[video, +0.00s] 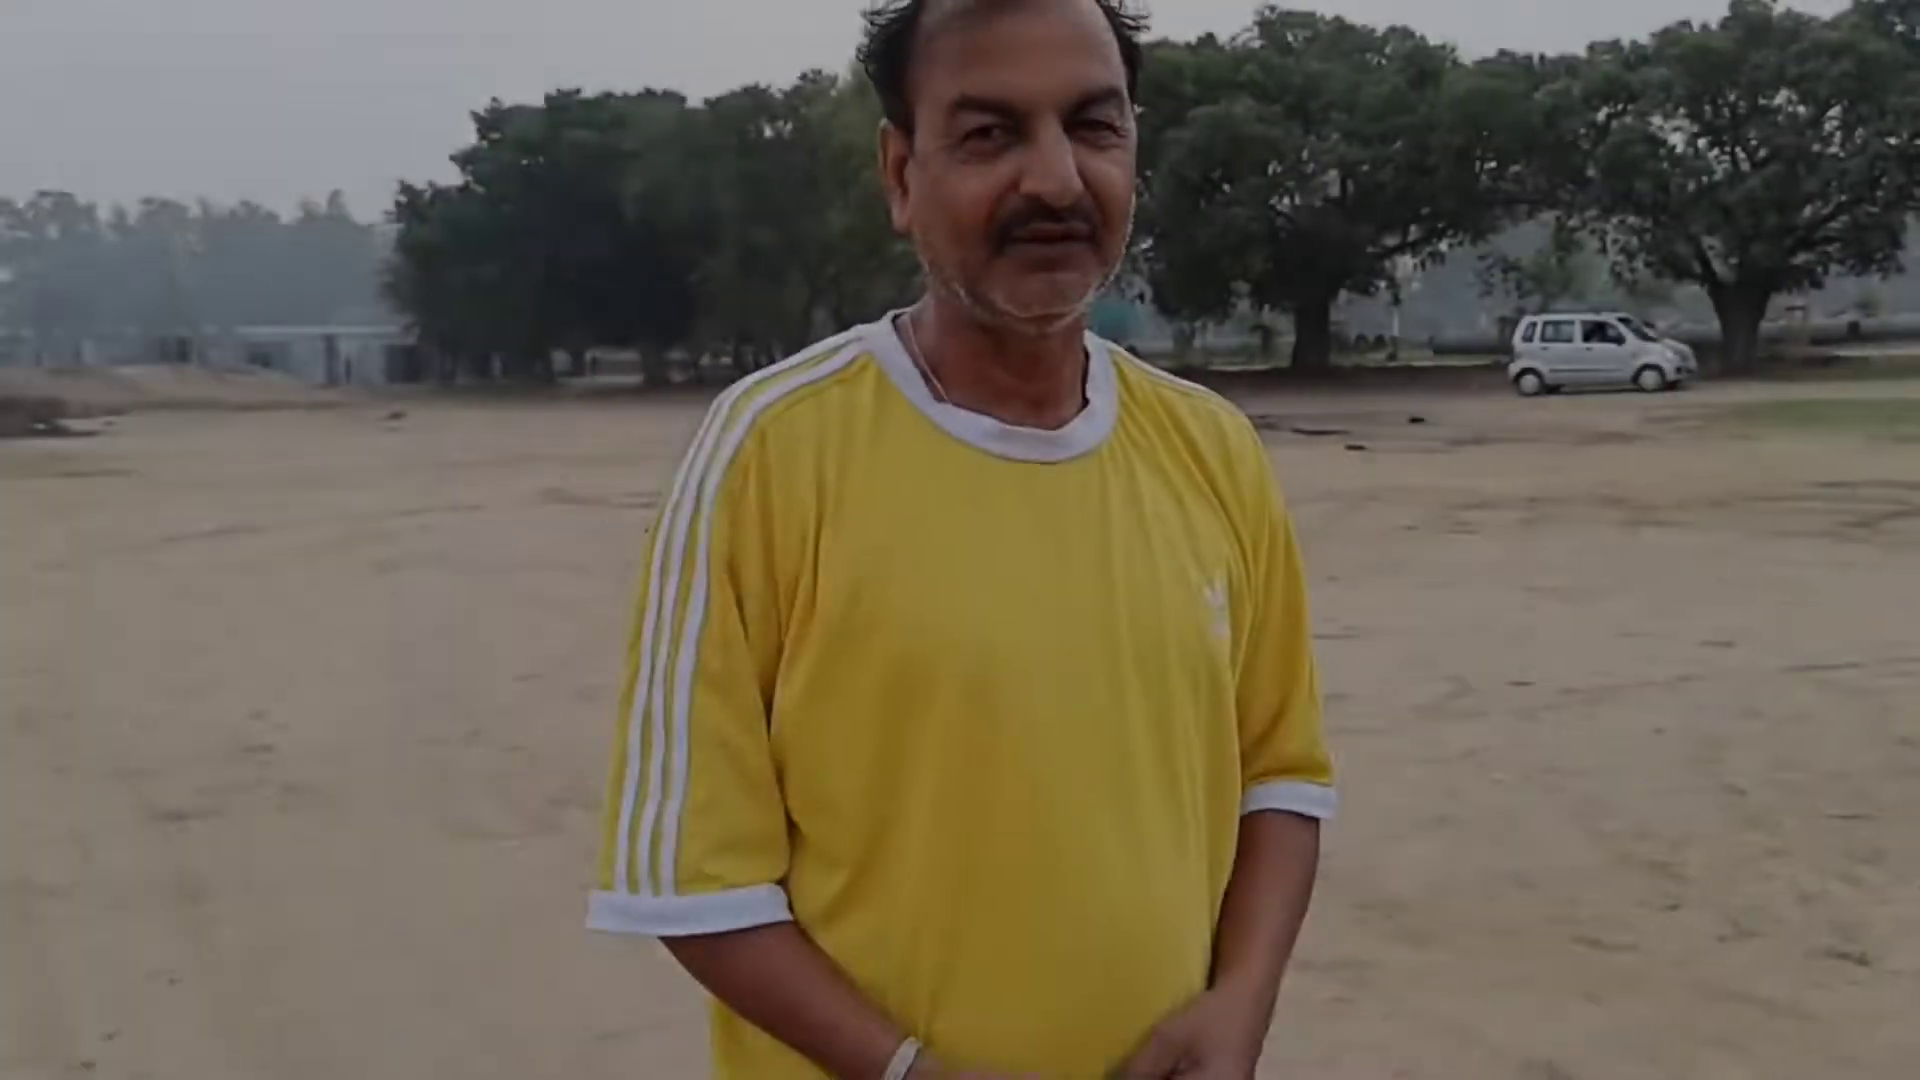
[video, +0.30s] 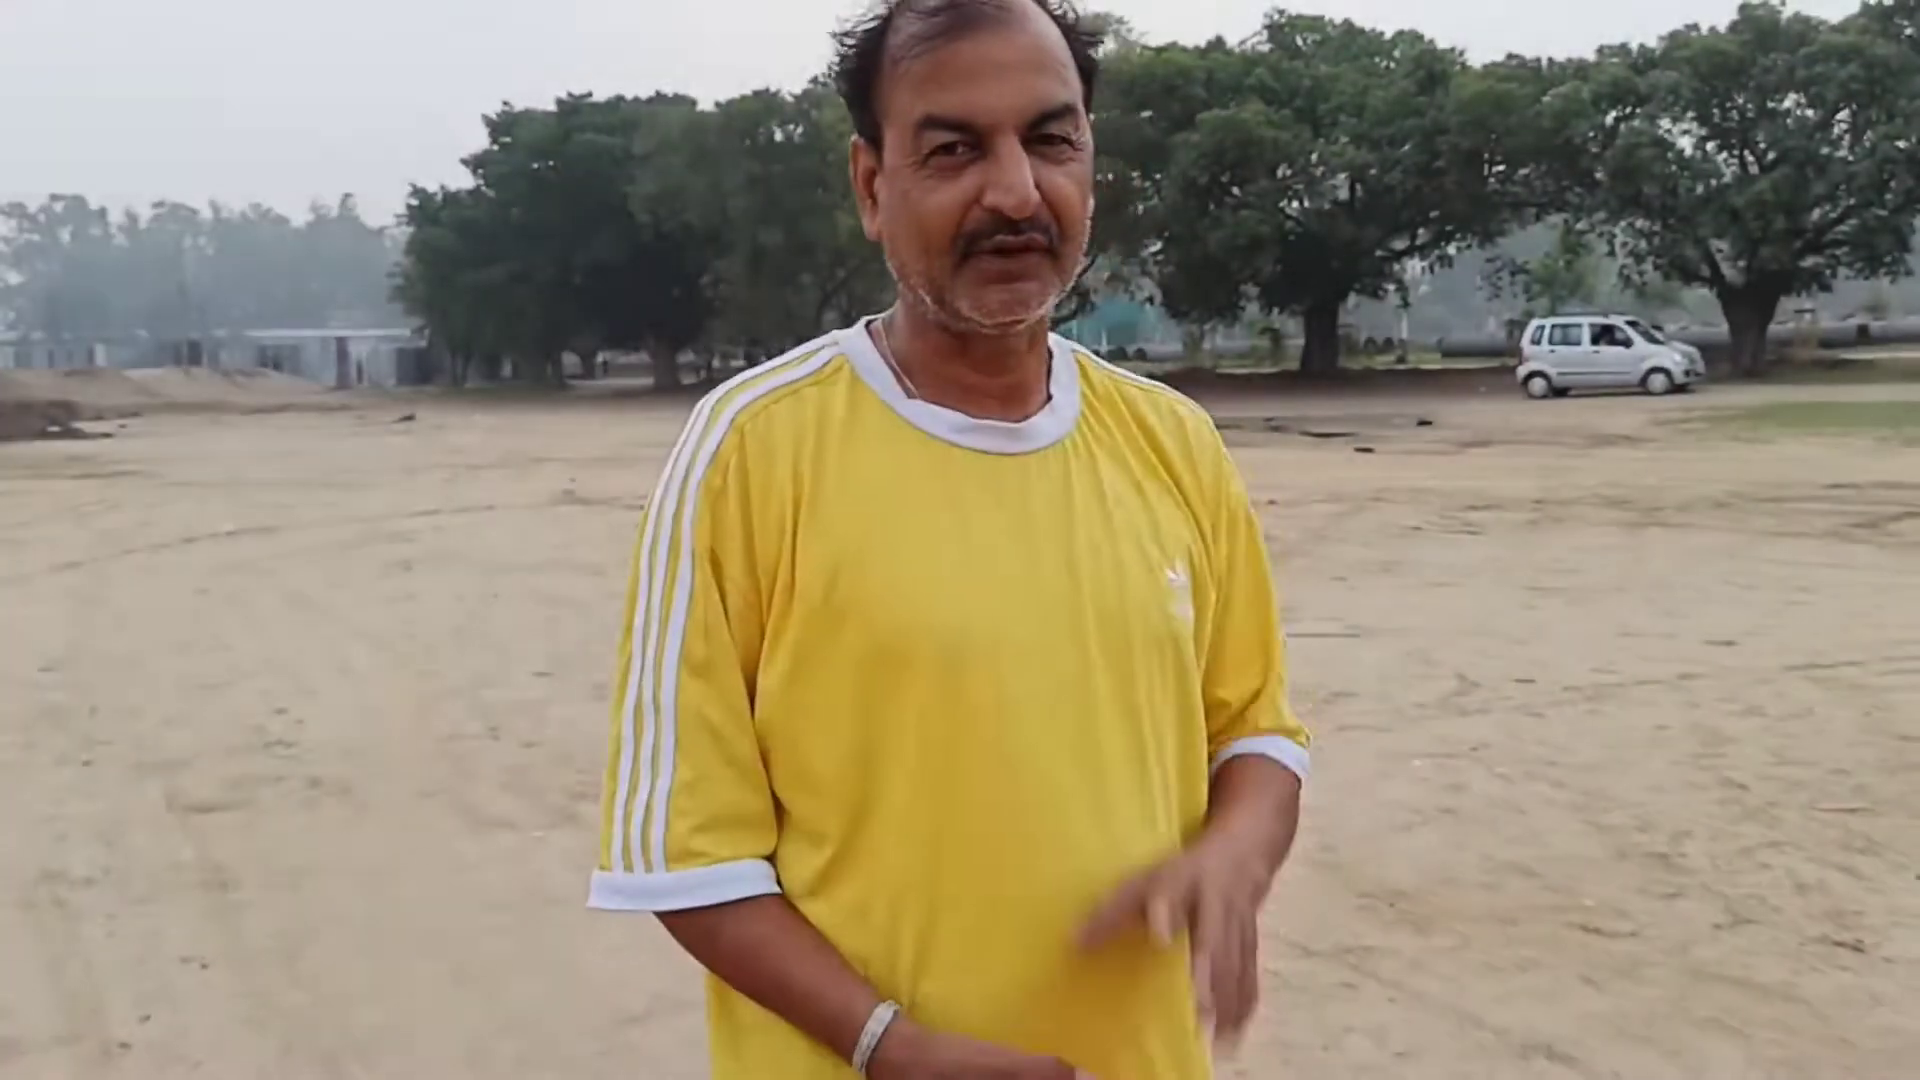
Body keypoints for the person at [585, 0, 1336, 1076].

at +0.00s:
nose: (1055, 178)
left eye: (1093, 125)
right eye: (989, 133)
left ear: (1134, 157)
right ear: (899, 179)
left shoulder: (1213, 449)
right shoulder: (770, 447)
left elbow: (1285, 770)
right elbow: (693, 871)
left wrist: (1240, 1003)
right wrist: (899, 1063)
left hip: (1157, 1057)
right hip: (854, 1061)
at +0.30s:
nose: (1015, 192)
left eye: (1051, 140)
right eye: (953, 149)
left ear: (1091, 167)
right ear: (870, 189)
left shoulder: (1175, 443)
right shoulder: (751, 445)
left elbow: (1260, 725)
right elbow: (683, 846)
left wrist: (1235, 858)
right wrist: (888, 1043)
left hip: (1149, 1056)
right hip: (848, 1061)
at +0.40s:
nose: (980, 205)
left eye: (1014, 151)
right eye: (918, 160)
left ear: (1053, 167)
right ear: (836, 193)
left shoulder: (1140, 440)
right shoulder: (719, 454)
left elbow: (1262, 802)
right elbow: (650, 858)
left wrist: (1214, 700)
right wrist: (846, 1051)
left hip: (1129, 1053)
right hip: (836, 1062)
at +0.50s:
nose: (948, 209)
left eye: (979, 157)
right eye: (884, 165)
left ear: (1018, 177)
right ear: (801, 201)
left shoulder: (1105, 440)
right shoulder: (687, 463)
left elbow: (1267, 767)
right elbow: (617, 867)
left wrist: (1193, 552)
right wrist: (801, 1052)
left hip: (1115, 1047)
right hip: (813, 1056)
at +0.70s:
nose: (878, 201)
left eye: (912, 150)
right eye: (816, 161)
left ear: (953, 176)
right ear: (736, 205)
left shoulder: (1065, 436)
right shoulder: (631, 471)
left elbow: (1228, 776)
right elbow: (562, 869)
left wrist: (1133, 611)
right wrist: (737, 1049)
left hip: (1077, 1046)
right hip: (774, 1056)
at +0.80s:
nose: (861, 199)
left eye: (893, 146)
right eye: (796, 164)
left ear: (944, 176)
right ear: (727, 218)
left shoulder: (1077, 443)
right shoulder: (630, 480)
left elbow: (1205, 758)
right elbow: (561, 862)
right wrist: (735, 1043)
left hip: (1082, 1053)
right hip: (778, 1063)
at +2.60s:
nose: (958, 178)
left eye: (999, 127)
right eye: (903, 138)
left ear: (1060, 158)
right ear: (844, 183)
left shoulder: (1201, 425)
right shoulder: (751, 449)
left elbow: (1297, 722)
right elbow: (682, 774)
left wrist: (1175, 908)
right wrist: (826, 934)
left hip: (1163, 1047)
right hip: (855, 1053)